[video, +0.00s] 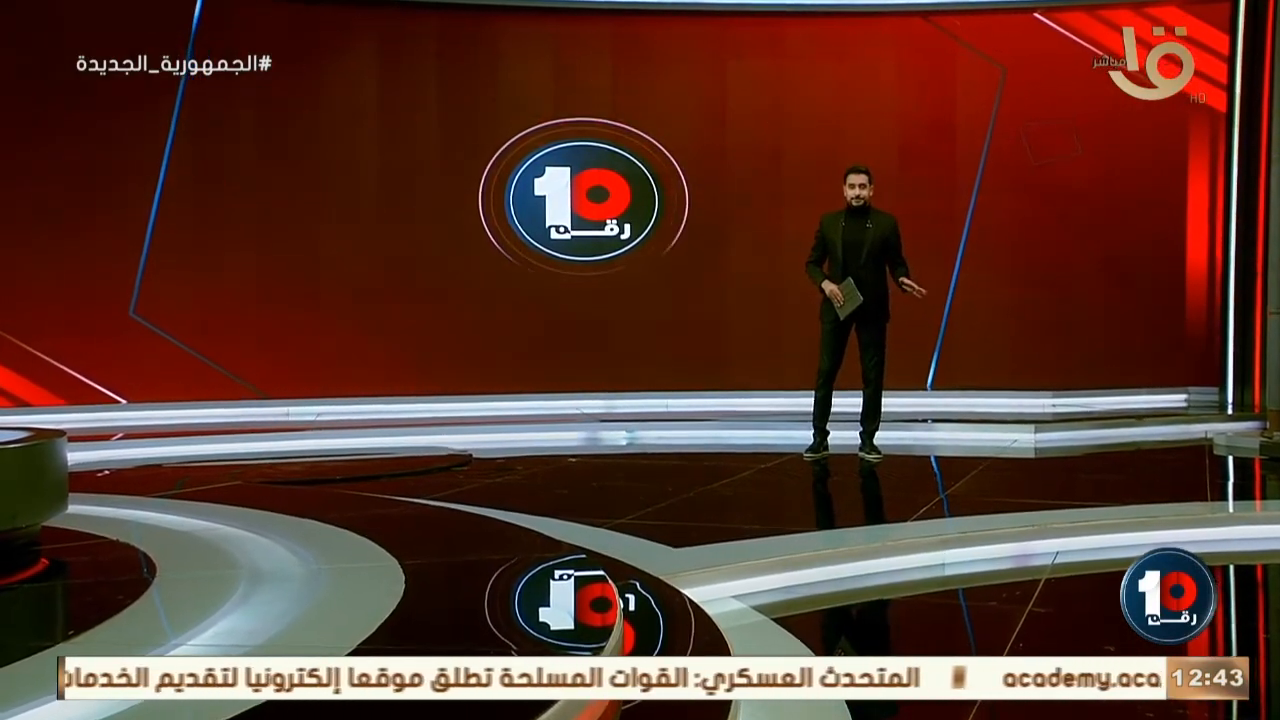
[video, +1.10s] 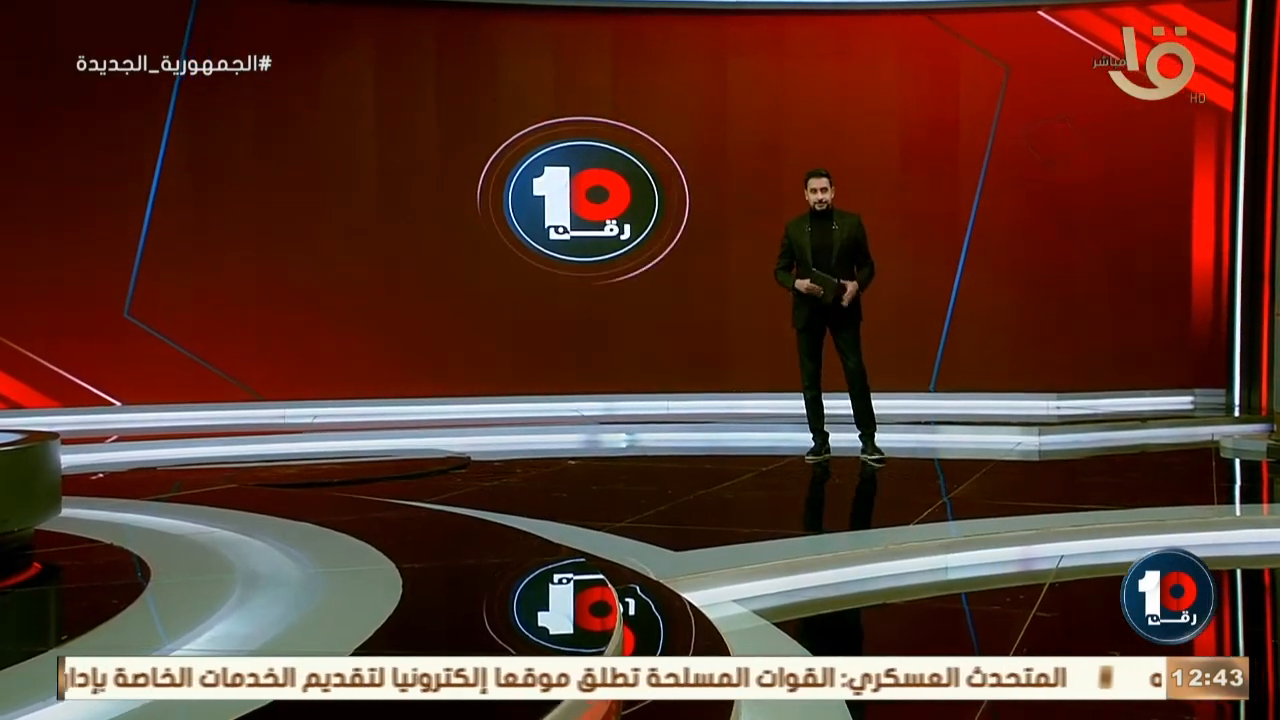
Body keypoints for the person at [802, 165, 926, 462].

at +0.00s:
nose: (857, 192)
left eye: (862, 186)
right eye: (852, 186)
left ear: (871, 190)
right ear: (844, 190)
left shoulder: (886, 223)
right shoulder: (830, 223)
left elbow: (896, 261)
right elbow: (812, 265)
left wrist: (903, 278)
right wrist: (825, 283)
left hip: (873, 308)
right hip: (836, 307)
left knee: (873, 376)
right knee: (826, 372)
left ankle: (868, 440)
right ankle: (819, 437)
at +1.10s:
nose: (819, 196)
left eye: (824, 190)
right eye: (814, 191)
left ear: (833, 191)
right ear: (806, 194)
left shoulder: (851, 224)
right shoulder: (795, 228)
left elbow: (867, 266)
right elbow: (781, 271)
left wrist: (857, 285)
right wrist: (796, 284)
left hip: (844, 311)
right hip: (809, 313)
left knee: (856, 373)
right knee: (810, 379)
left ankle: (868, 441)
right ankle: (820, 441)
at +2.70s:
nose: (862, 204)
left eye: (867, 199)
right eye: (857, 198)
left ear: (874, 197)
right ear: (847, 195)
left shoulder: (890, 224)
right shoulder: (833, 226)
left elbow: (904, 271)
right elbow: (818, 271)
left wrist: (884, 272)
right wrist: (832, 269)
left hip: (878, 315)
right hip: (842, 315)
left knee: (880, 381)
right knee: (831, 378)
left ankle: (873, 446)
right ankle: (822, 444)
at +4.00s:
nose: (860, 204)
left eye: (866, 198)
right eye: (855, 198)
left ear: (874, 196)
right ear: (846, 195)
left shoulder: (889, 225)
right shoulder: (833, 225)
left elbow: (903, 273)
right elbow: (820, 273)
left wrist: (880, 271)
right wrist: (820, 313)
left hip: (877, 316)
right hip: (840, 315)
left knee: (879, 383)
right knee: (830, 379)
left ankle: (873, 449)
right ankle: (824, 447)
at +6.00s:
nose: (850, 202)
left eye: (855, 196)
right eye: (844, 196)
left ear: (862, 195)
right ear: (832, 194)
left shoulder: (875, 225)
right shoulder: (815, 227)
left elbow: (890, 272)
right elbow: (800, 267)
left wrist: (872, 272)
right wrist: (788, 302)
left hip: (863, 318)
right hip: (825, 318)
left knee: (870, 385)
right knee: (822, 387)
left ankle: (874, 455)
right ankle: (824, 454)